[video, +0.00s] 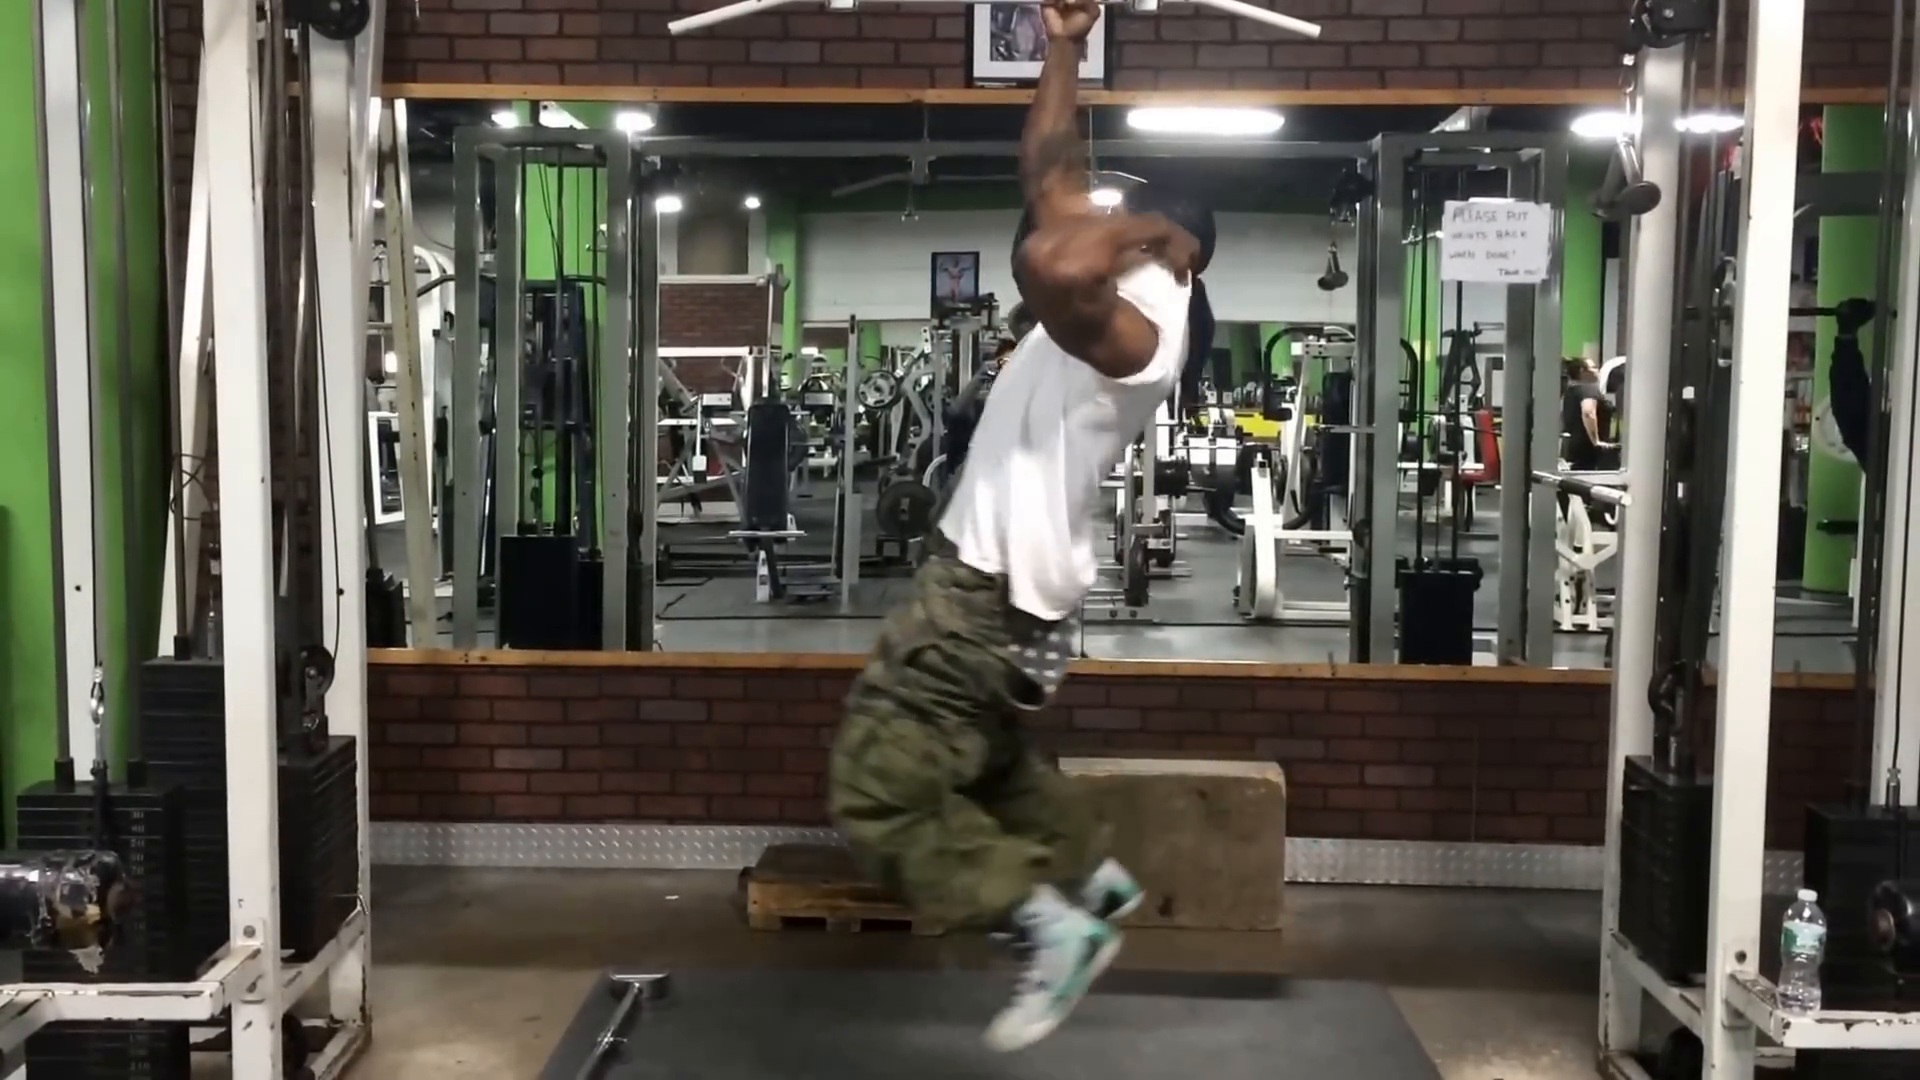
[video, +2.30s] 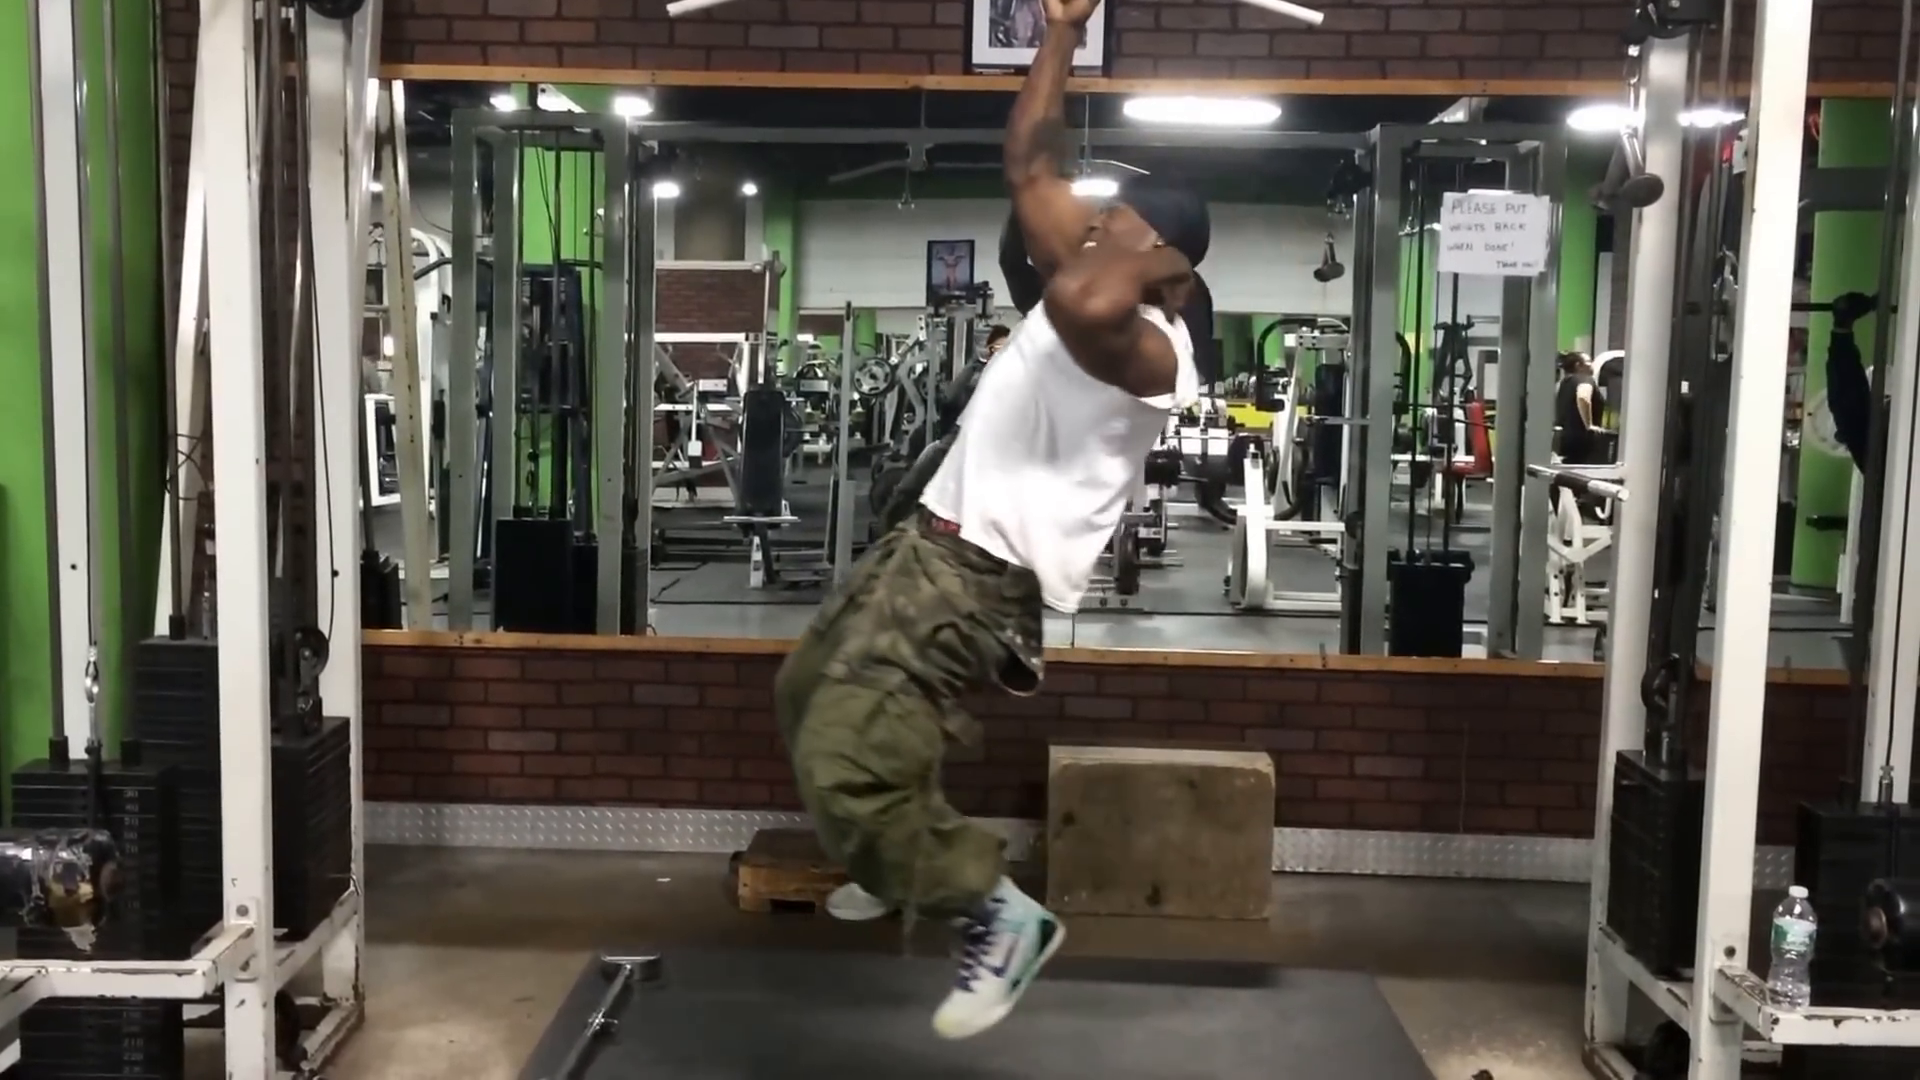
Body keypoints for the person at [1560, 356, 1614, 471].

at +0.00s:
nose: (1597, 371)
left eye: (1596, 367)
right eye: (1593, 367)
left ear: (1581, 372)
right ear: (1583, 372)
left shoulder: (1571, 390)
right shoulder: (1589, 388)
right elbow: (1588, 413)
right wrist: (1596, 440)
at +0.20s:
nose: (1598, 373)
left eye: (1597, 369)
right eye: (1594, 369)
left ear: (1582, 374)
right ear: (1584, 373)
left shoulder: (1568, 392)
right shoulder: (1591, 388)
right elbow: (1590, 405)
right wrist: (1598, 431)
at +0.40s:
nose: (1599, 374)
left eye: (1598, 371)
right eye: (1596, 371)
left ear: (1581, 376)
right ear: (1586, 375)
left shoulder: (1568, 391)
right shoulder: (1593, 388)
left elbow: (1559, 394)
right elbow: (1592, 401)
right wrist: (1600, 426)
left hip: (1572, 442)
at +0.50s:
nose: (1599, 375)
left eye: (1598, 371)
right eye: (1596, 371)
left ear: (1581, 376)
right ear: (1586, 375)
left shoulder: (1571, 390)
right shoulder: (1593, 387)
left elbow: (1559, 396)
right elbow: (1593, 402)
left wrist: (1565, 422)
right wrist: (1599, 428)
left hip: (1573, 440)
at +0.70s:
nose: (1599, 374)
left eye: (1597, 371)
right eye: (1595, 371)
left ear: (1584, 375)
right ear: (1585, 375)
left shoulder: (1572, 391)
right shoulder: (1590, 390)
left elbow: (1561, 409)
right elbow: (1588, 415)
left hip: (1571, 446)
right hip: (1585, 448)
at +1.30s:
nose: (1596, 374)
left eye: (1595, 370)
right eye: (1592, 370)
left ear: (1580, 375)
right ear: (1582, 374)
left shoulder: (1567, 390)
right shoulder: (1587, 388)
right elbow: (1586, 404)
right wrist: (1595, 430)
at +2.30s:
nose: (1592, 365)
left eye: (1590, 361)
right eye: (1588, 361)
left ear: (1576, 366)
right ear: (1578, 366)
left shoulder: (1564, 382)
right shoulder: (1585, 380)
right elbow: (1583, 398)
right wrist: (1589, 424)